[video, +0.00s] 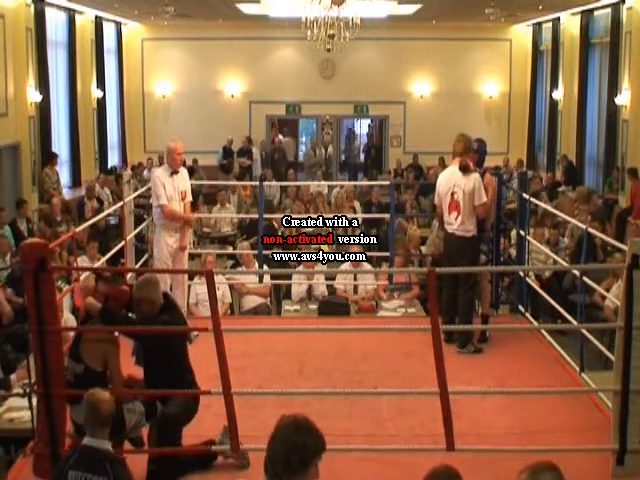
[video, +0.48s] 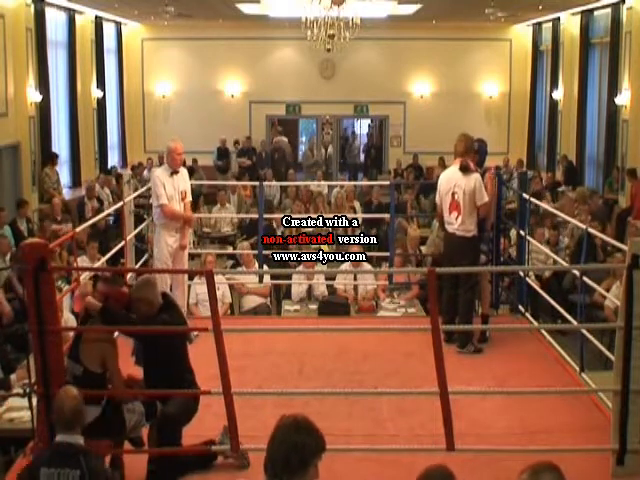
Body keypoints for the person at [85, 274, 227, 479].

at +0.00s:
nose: (141, 307)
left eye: (144, 302)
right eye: (138, 302)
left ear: (153, 301)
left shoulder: (168, 323)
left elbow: (134, 327)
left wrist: (99, 310)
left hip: (183, 394)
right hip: (158, 393)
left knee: (167, 416)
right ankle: (214, 448)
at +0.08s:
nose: (139, 307)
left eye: (142, 302)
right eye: (137, 302)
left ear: (151, 302)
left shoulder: (166, 323)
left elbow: (126, 325)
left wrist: (99, 310)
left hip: (183, 395)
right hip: (160, 395)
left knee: (167, 417)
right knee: (162, 466)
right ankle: (215, 447)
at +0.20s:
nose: (142, 307)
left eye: (145, 303)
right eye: (139, 302)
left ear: (154, 301)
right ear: (137, 300)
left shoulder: (169, 322)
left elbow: (133, 326)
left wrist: (99, 309)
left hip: (183, 393)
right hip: (157, 393)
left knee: (167, 416)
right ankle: (214, 448)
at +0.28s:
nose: (140, 308)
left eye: (143, 303)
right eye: (138, 302)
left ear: (154, 301)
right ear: (137, 300)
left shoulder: (169, 322)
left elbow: (133, 327)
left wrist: (100, 309)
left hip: (183, 393)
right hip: (157, 393)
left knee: (167, 416)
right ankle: (213, 449)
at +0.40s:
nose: (137, 308)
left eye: (141, 303)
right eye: (136, 303)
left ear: (152, 302)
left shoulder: (169, 321)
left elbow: (133, 327)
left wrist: (99, 309)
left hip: (183, 393)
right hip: (157, 392)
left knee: (167, 416)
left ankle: (157, 470)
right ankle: (213, 449)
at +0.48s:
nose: (137, 309)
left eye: (141, 304)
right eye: (135, 304)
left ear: (153, 302)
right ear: (134, 300)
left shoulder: (169, 321)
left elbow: (132, 327)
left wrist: (100, 309)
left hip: (183, 392)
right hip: (157, 392)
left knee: (166, 417)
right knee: (166, 466)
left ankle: (157, 470)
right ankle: (212, 449)